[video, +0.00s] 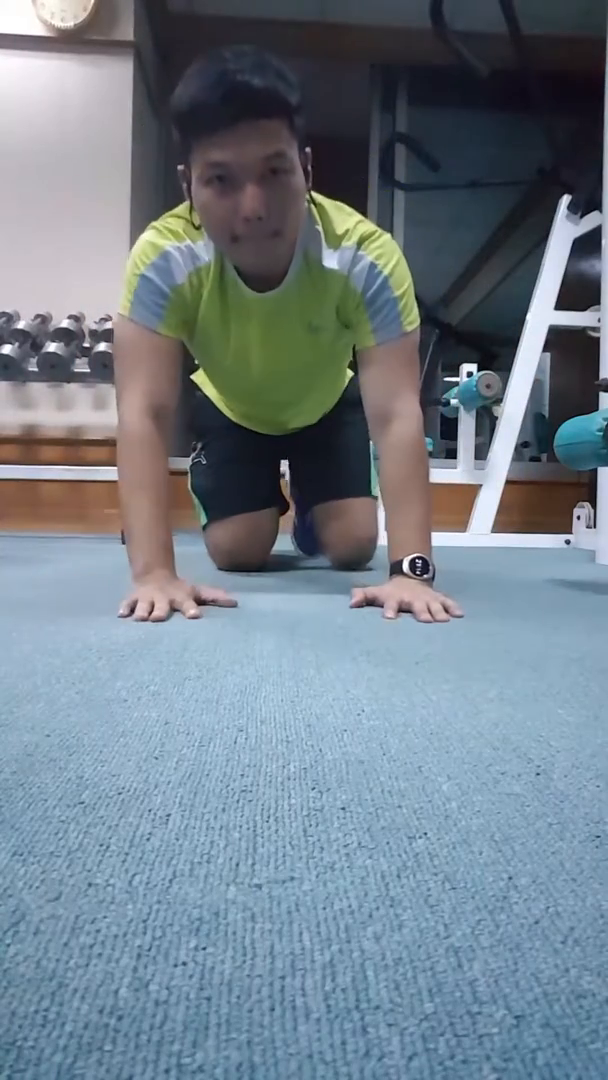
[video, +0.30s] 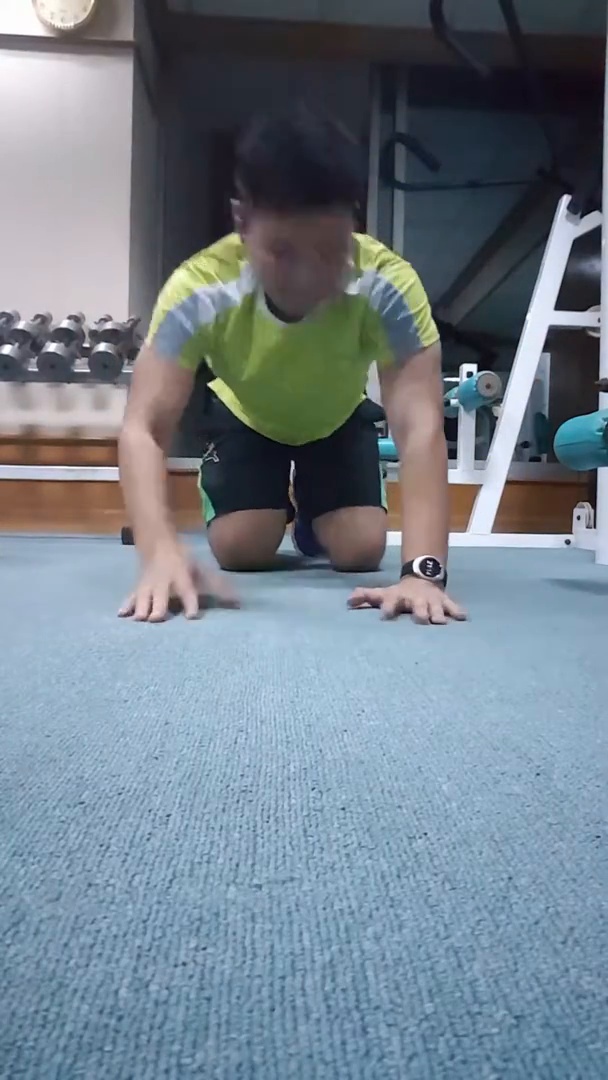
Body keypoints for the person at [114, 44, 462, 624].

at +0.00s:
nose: (254, 206)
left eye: (274, 172)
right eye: (221, 180)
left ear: (305, 167)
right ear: (188, 185)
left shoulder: (367, 258)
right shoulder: (164, 257)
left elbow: (396, 415)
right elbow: (144, 414)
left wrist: (412, 570)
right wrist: (154, 571)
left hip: (328, 395)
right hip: (227, 400)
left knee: (352, 547)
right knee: (238, 553)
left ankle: (310, 514)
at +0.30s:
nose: (306, 273)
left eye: (327, 251)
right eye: (281, 252)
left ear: (352, 227)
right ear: (241, 221)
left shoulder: (389, 287)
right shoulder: (198, 291)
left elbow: (419, 432)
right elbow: (142, 430)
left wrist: (425, 573)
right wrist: (160, 556)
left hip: (341, 412)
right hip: (244, 412)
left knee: (359, 551)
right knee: (244, 552)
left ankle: (310, 517)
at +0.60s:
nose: (320, 346)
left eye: (343, 336)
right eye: (304, 328)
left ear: (374, 309)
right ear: (278, 266)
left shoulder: (403, 296)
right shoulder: (228, 289)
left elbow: (424, 427)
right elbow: (152, 438)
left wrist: (424, 573)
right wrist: (176, 314)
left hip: (350, 417)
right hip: (255, 413)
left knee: (360, 553)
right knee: (245, 552)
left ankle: (309, 520)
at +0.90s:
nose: (317, 336)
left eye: (340, 329)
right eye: (303, 318)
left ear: (375, 302)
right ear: (279, 261)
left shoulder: (403, 294)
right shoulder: (227, 280)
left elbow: (423, 425)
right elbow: (149, 420)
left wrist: (424, 572)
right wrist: (183, 284)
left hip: (348, 419)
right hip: (255, 415)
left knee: (359, 553)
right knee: (245, 552)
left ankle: (310, 520)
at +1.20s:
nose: (310, 335)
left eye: (333, 326)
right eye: (295, 317)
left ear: (367, 297)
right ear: (268, 263)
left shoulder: (397, 292)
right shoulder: (221, 285)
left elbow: (422, 425)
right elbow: (144, 420)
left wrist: (423, 572)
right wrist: (180, 288)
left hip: (345, 418)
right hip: (252, 415)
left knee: (359, 553)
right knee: (244, 552)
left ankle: (309, 521)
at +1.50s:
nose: (307, 323)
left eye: (332, 309)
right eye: (293, 300)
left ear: (364, 277)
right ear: (261, 249)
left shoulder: (392, 291)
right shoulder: (218, 282)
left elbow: (422, 427)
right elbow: (150, 431)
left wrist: (425, 572)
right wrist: (163, 302)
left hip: (344, 418)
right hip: (250, 415)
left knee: (358, 552)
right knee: (244, 553)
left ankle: (310, 518)